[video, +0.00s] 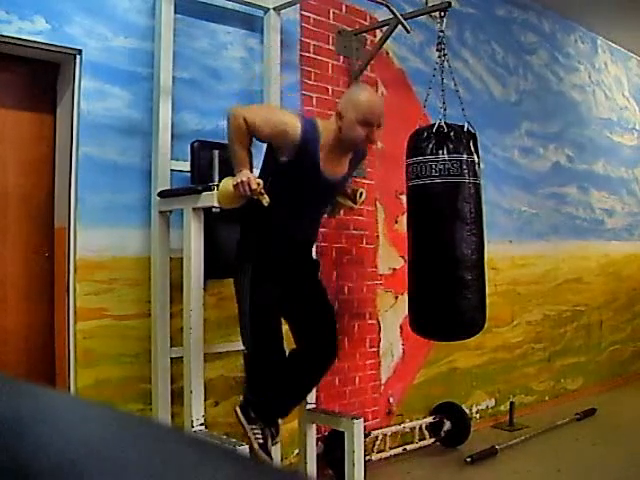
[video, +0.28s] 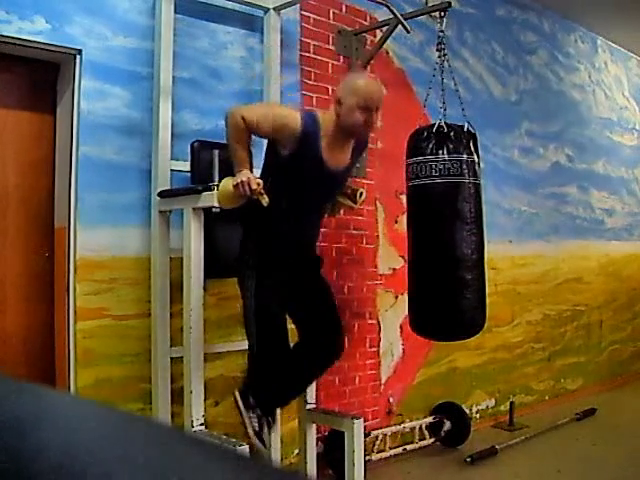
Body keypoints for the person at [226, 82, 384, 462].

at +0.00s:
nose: (373, 137)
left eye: (378, 127)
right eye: (366, 125)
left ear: (380, 124)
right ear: (340, 116)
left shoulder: (354, 153)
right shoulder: (297, 133)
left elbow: (322, 177)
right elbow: (240, 117)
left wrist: (339, 194)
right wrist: (243, 171)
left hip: (298, 259)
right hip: (259, 256)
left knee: (322, 345)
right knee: (264, 348)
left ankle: (259, 411)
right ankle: (265, 424)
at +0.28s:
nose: (372, 122)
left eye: (377, 113)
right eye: (365, 111)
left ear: (378, 112)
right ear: (339, 105)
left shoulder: (357, 143)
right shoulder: (299, 126)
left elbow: (311, 181)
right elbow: (237, 117)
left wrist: (337, 194)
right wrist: (244, 171)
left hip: (301, 255)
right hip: (262, 253)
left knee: (327, 341)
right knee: (269, 351)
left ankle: (258, 399)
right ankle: (263, 457)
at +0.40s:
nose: (364, 70)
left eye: (369, 61)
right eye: (357, 59)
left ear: (370, 62)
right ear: (333, 54)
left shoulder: (355, 101)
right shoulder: (291, 91)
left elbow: (319, 152)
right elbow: (234, 115)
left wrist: (339, 184)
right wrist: (243, 170)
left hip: (306, 224)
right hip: (267, 221)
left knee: (326, 316)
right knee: (265, 323)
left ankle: (251, 361)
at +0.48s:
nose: (364, 47)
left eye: (368, 39)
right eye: (357, 37)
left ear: (368, 42)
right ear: (331, 33)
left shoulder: (353, 80)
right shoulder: (289, 71)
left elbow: (337, 135)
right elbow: (238, 112)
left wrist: (341, 179)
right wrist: (243, 169)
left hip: (309, 208)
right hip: (269, 204)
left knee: (323, 301)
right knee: (262, 299)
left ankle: (247, 346)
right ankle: (248, 355)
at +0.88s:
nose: (366, 84)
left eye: (370, 76)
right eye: (359, 74)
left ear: (371, 75)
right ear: (335, 67)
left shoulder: (353, 111)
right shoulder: (291, 96)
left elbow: (338, 149)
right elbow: (234, 118)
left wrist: (341, 181)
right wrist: (243, 170)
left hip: (302, 230)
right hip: (262, 224)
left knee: (321, 318)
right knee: (259, 321)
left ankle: (248, 370)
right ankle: (250, 378)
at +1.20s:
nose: (375, 144)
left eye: (380, 135)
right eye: (368, 134)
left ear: (382, 134)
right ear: (342, 125)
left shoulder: (354, 160)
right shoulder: (300, 140)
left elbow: (312, 187)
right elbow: (244, 118)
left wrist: (340, 195)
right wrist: (243, 170)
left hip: (297, 266)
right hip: (258, 263)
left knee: (322, 350)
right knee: (264, 359)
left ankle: (254, 411)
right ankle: (261, 426)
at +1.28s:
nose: (375, 130)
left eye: (379, 120)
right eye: (368, 119)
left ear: (381, 118)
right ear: (341, 111)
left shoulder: (357, 150)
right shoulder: (301, 130)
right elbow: (240, 118)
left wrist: (341, 192)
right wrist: (243, 170)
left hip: (299, 257)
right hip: (261, 254)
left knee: (324, 342)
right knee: (265, 351)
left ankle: (253, 398)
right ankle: (262, 459)